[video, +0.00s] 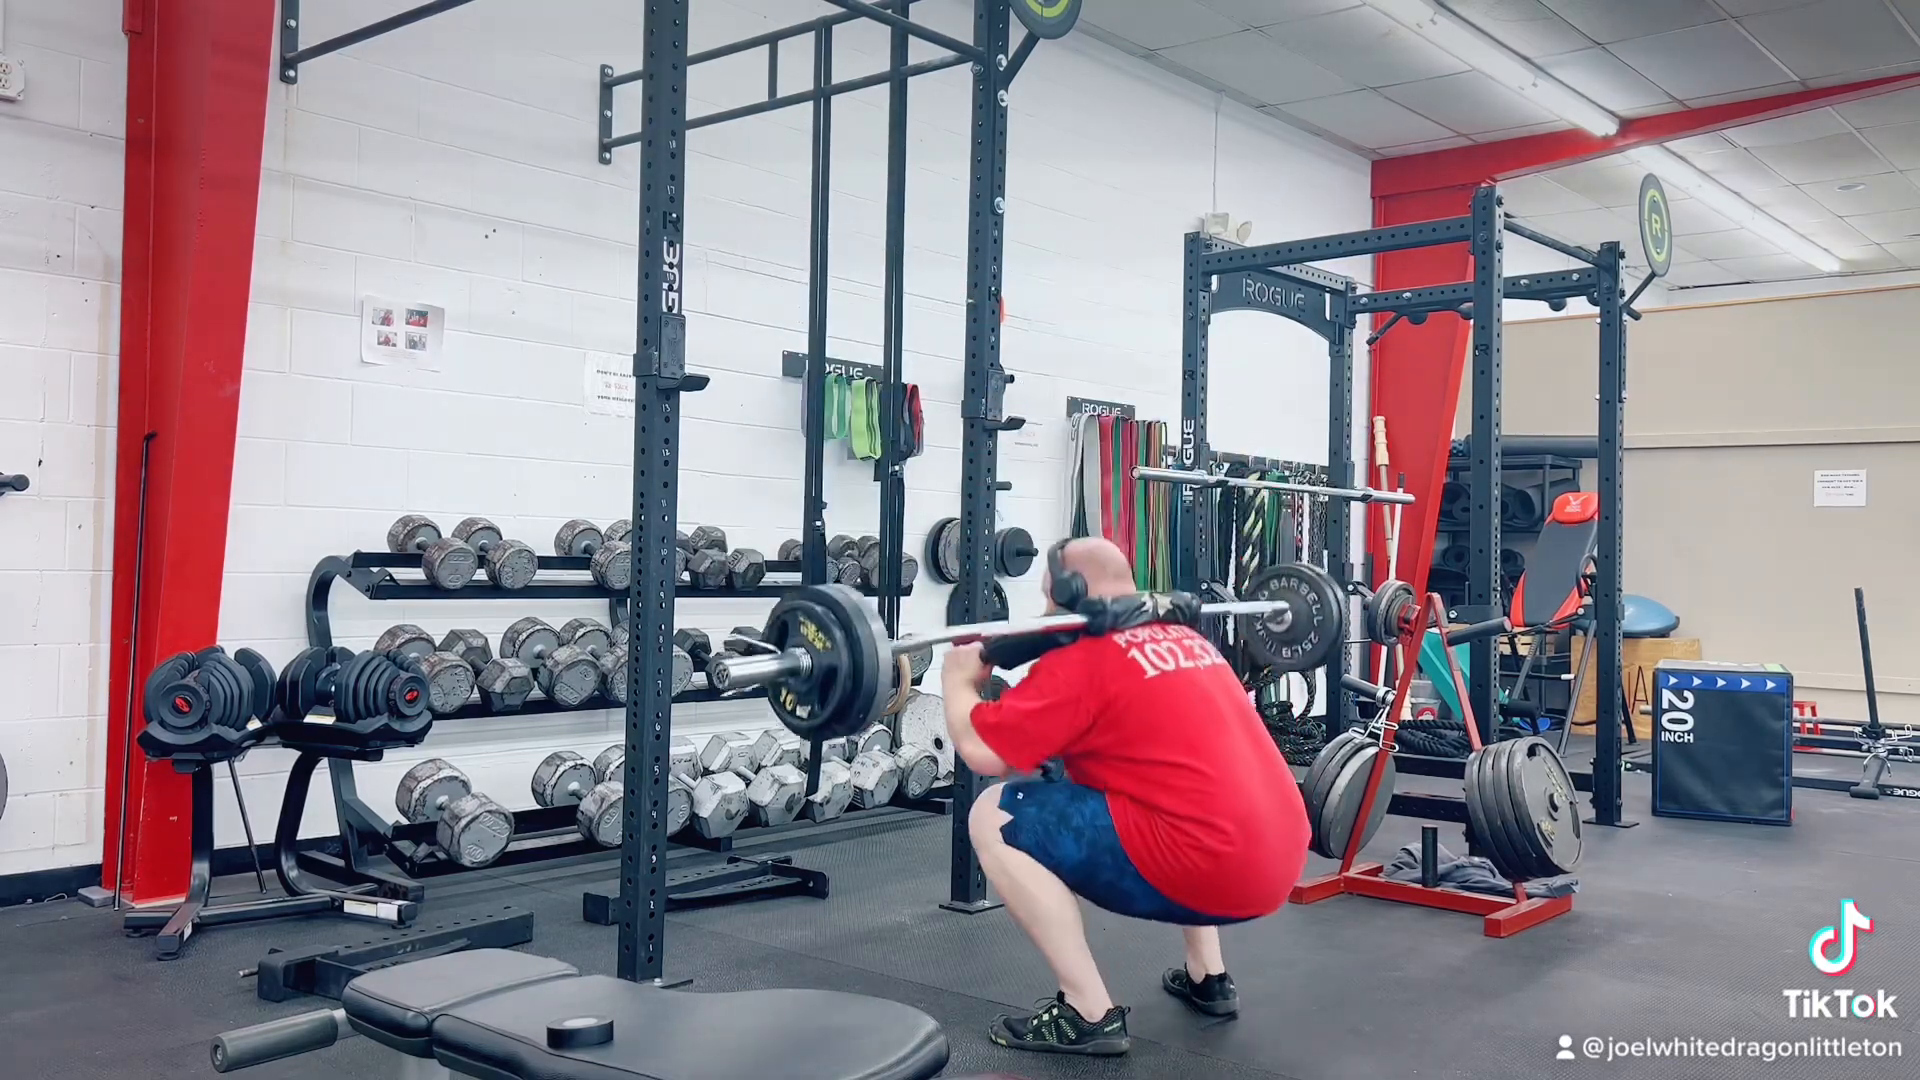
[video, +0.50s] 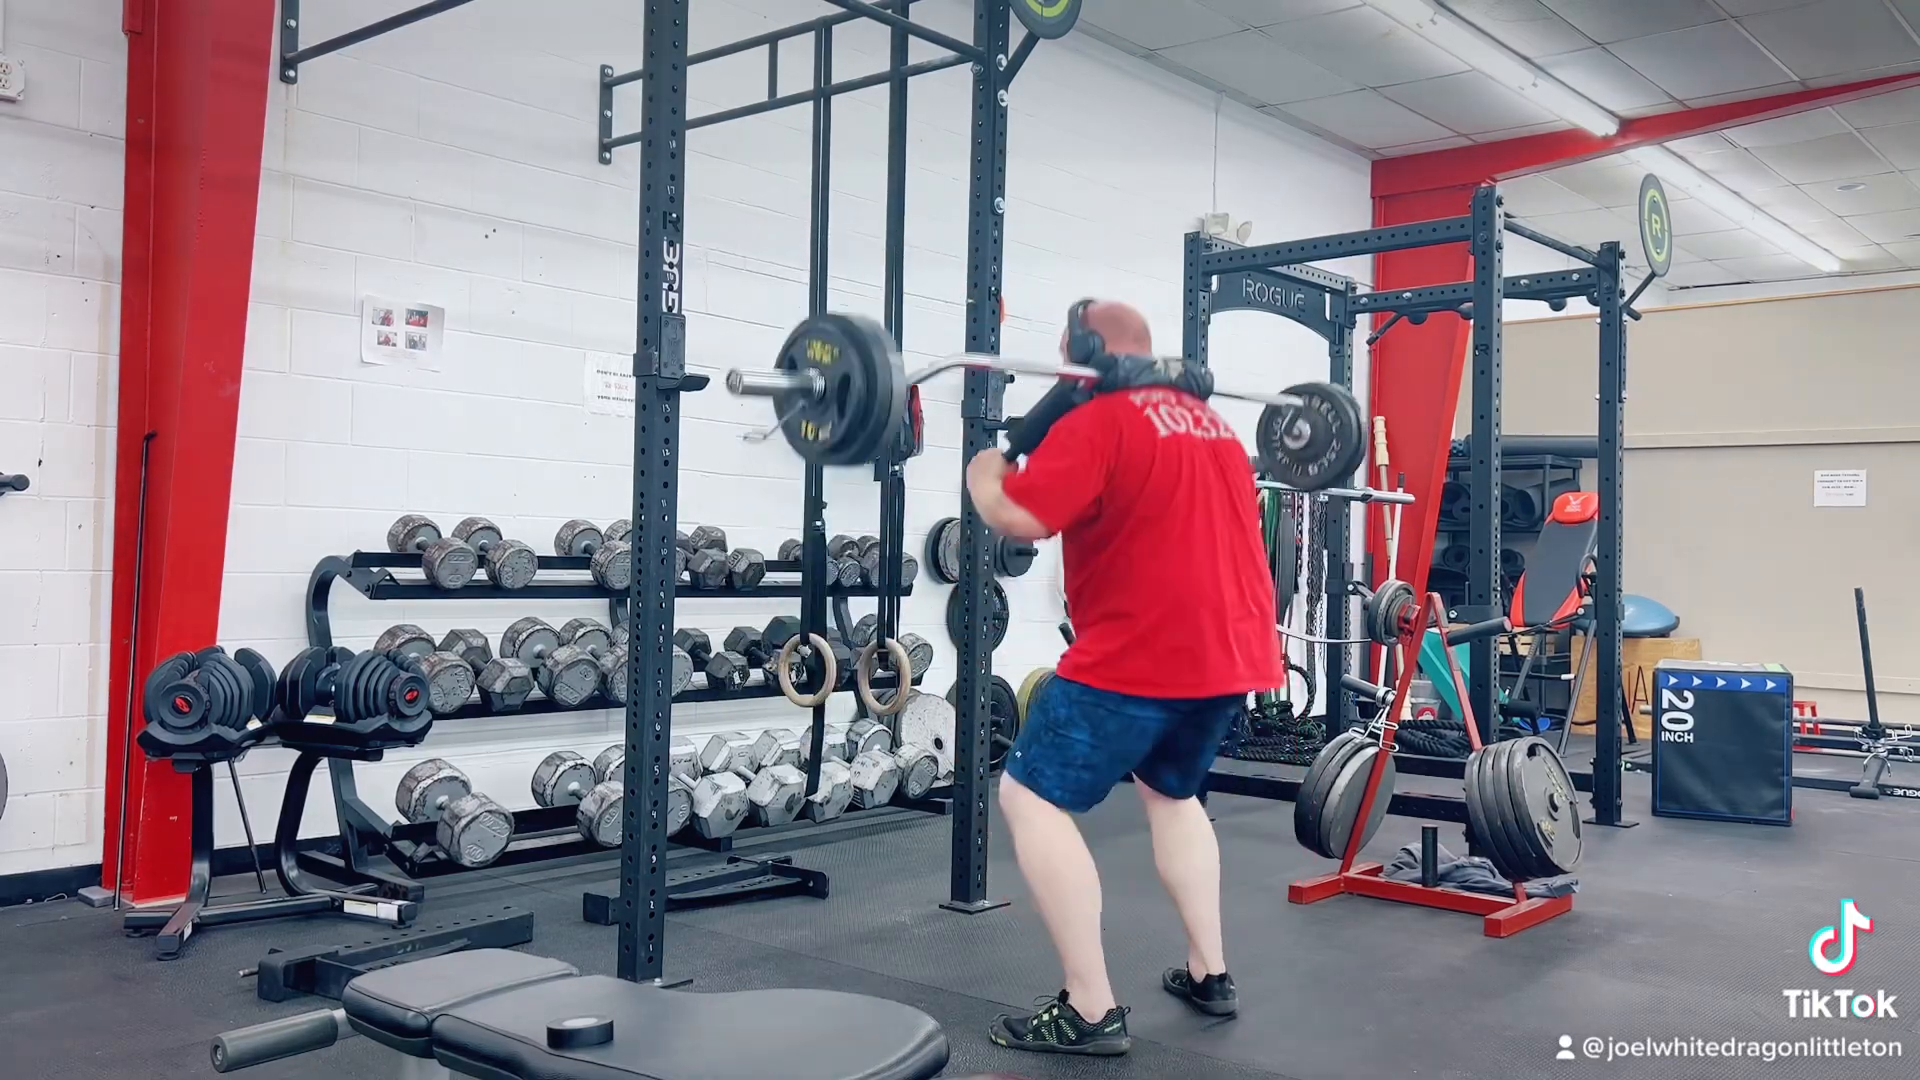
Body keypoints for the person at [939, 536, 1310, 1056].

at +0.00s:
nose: (1048, 607)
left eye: (1049, 596)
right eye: (1048, 597)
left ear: (1063, 599)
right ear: (1127, 585)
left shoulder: (1085, 661)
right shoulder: (1184, 636)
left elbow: (981, 751)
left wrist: (957, 682)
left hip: (1201, 875)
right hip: (1276, 865)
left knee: (993, 816)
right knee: (1160, 787)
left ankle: (1089, 1010)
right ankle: (1208, 974)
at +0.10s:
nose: (1048, 627)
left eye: (1049, 616)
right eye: (1047, 617)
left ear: (1064, 618)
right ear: (1127, 606)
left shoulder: (1082, 681)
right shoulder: (1184, 656)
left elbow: (982, 771)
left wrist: (955, 700)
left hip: (1202, 899)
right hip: (1273, 888)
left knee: (989, 821)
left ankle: (1088, 1010)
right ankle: (1207, 974)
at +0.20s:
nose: (1048, 589)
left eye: (1049, 579)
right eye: (1048, 580)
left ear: (1066, 582)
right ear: (1127, 569)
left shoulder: (1089, 643)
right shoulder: (1185, 619)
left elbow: (987, 737)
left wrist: (960, 675)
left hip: (1192, 849)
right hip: (1274, 844)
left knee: (991, 817)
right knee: (1148, 785)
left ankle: (1088, 1010)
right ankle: (1208, 974)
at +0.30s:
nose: (1043, 518)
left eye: (1044, 508)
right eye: (1045, 509)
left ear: (1058, 509)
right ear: (1128, 501)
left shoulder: (1085, 566)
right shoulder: (1192, 552)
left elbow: (993, 665)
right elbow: (1258, 641)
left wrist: (961, 609)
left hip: (1170, 769)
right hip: (1271, 764)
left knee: (995, 812)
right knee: (1173, 814)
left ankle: (1088, 1008)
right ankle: (1208, 974)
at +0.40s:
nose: (1049, 445)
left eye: (1051, 434)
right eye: (1052, 434)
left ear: (1066, 435)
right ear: (1137, 428)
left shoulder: (1091, 491)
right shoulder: (1199, 484)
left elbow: (1001, 588)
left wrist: (970, 539)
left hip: (1156, 702)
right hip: (1257, 701)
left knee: (1008, 806)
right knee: (1172, 802)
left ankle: (1089, 1008)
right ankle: (1209, 974)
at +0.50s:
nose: (1063, 367)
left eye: (1066, 354)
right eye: (1065, 353)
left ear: (1081, 356)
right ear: (1149, 351)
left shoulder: (1100, 419)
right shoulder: (1211, 422)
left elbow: (1021, 518)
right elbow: (1239, 529)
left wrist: (982, 471)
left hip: (1142, 647)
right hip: (1237, 648)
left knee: (1029, 792)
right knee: (1171, 787)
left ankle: (1090, 1005)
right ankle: (1210, 973)